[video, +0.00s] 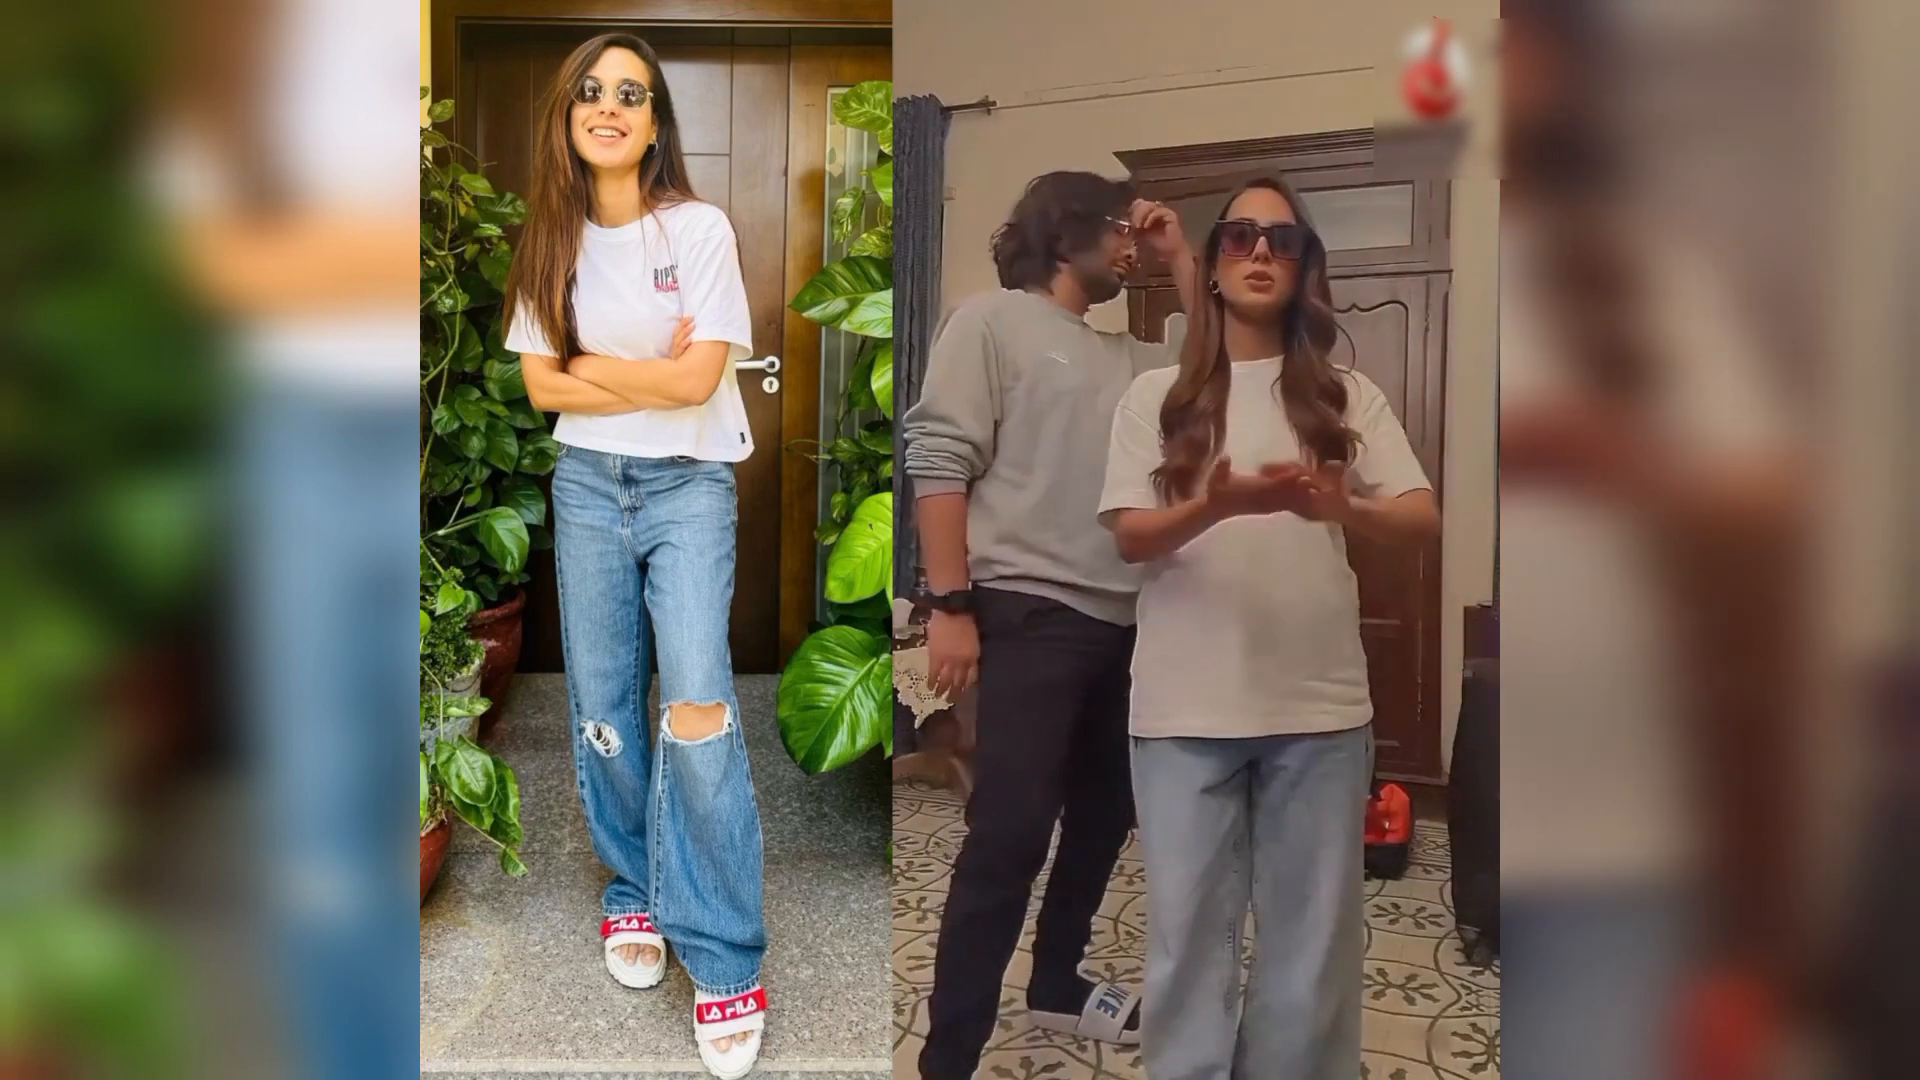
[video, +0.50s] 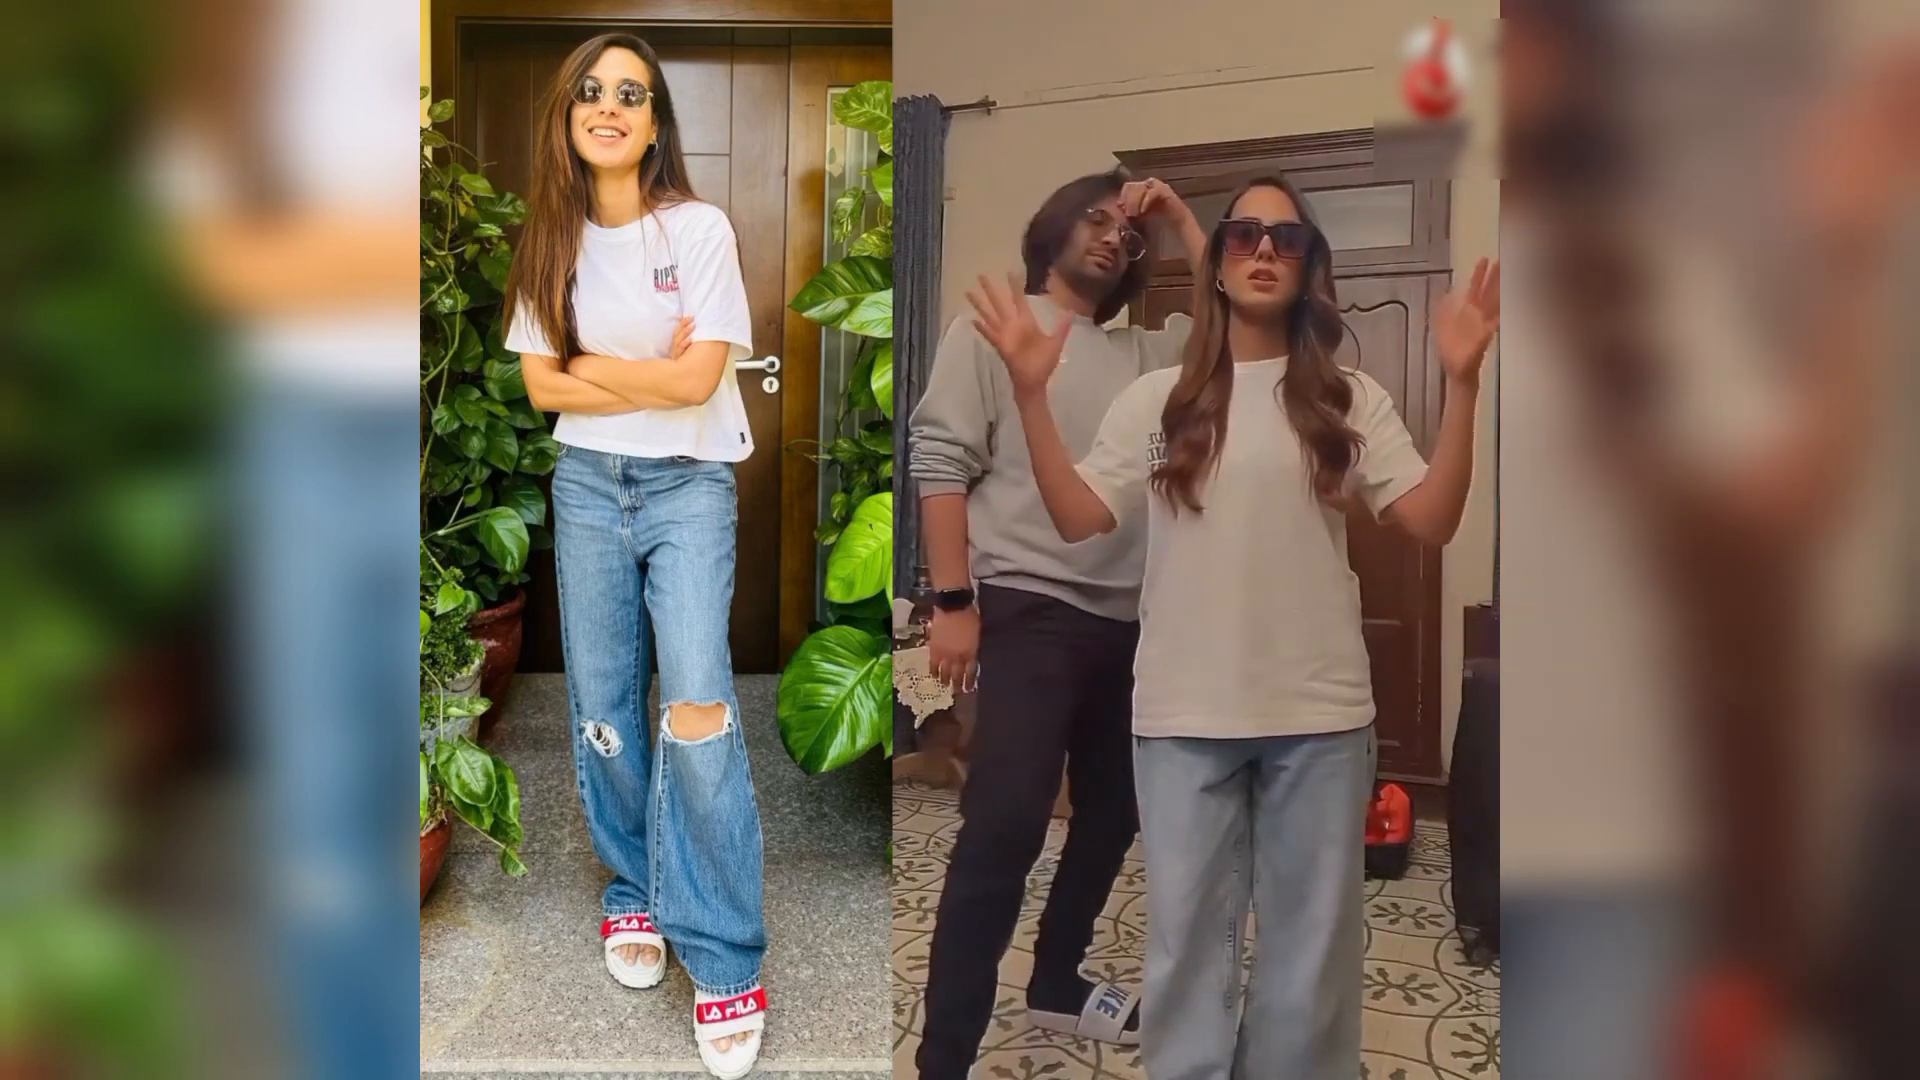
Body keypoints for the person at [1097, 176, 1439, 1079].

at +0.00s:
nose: (1259, 251)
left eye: (1280, 239)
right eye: (1239, 237)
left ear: (1305, 267)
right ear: (1212, 262)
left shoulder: (1348, 393)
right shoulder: (1156, 395)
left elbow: (1422, 520)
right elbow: (1133, 538)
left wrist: (1344, 506)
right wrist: (1217, 504)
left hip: (1321, 714)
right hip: (1183, 716)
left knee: (1314, 955)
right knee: (1184, 947)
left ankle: (1292, 1074)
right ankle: (1186, 1071)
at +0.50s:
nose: (1263, 247)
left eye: (1284, 236)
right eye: (1244, 234)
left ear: (1311, 265)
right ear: (1214, 261)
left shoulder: (1345, 391)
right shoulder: (1160, 394)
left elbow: (1429, 522)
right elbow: (1082, 517)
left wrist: (1462, 382)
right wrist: (1031, 389)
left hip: (1322, 712)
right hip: (1183, 713)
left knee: (1314, 953)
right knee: (1184, 946)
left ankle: (1296, 1074)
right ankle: (1184, 1069)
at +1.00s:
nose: (1263, 245)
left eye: (1285, 234)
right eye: (1245, 231)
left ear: (1312, 264)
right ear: (1215, 258)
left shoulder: (1350, 394)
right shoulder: (1155, 392)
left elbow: (1387, 549)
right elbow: (1117, 538)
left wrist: (1449, 444)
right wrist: (1055, 440)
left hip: (1318, 709)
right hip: (1181, 709)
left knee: (1312, 946)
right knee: (1183, 941)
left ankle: (1295, 1074)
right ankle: (1185, 1068)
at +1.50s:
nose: (1261, 246)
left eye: (1283, 235)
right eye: (1241, 233)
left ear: (1308, 267)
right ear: (1215, 262)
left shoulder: (1349, 395)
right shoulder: (1162, 393)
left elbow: (1378, 547)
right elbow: (1147, 545)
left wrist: (1360, 675)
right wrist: (1124, 665)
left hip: (1315, 712)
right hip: (1183, 712)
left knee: (1310, 952)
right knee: (1184, 945)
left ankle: (1293, 1070)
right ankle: (1185, 1066)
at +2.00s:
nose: (1262, 253)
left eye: (1284, 240)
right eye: (1245, 237)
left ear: (1312, 267)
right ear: (1218, 262)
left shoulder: (1348, 396)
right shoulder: (1163, 391)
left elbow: (1386, 540)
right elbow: (1124, 534)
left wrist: (1343, 611)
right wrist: (1067, 610)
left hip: (1317, 710)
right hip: (1185, 708)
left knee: (1312, 949)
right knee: (1182, 941)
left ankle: (1291, 1077)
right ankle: (1185, 1071)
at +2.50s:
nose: (1262, 248)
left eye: (1283, 237)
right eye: (1243, 234)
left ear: (1308, 264)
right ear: (1213, 256)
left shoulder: (1342, 393)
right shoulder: (1154, 395)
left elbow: (1354, 549)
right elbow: (1120, 544)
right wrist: (1167, 526)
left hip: (1317, 707)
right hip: (1184, 710)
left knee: (1310, 952)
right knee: (1182, 944)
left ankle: (1292, 1077)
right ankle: (1186, 1072)